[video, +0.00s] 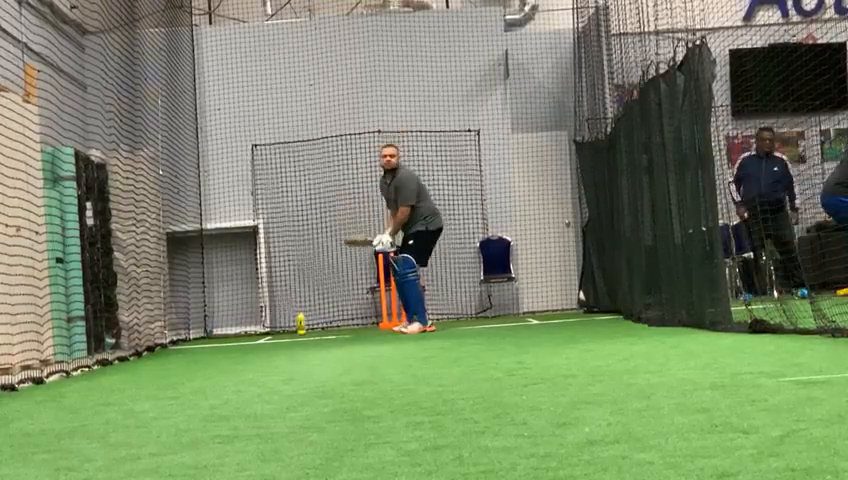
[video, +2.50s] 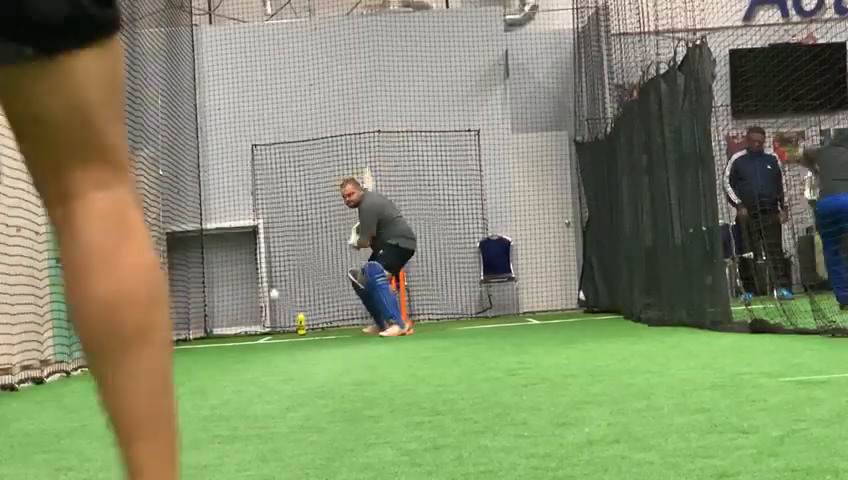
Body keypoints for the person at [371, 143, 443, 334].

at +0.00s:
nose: (388, 159)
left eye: (391, 156)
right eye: (384, 156)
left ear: (398, 158)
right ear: (380, 160)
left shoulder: (405, 177)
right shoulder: (384, 181)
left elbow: (405, 211)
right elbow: (392, 211)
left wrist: (390, 234)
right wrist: (388, 234)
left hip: (427, 225)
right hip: (412, 227)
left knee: (407, 266)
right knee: (400, 266)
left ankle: (420, 320)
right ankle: (412, 318)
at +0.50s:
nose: (389, 168)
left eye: (393, 164)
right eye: (385, 165)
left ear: (399, 165)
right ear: (381, 168)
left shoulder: (406, 186)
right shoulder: (386, 191)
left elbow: (408, 220)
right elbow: (395, 220)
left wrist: (396, 244)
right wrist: (394, 244)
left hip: (431, 229)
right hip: (416, 231)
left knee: (405, 267)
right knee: (398, 267)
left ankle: (420, 320)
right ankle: (413, 318)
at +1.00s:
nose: (391, 176)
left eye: (395, 173)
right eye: (388, 173)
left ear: (400, 175)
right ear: (383, 176)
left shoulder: (406, 196)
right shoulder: (385, 195)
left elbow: (402, 231)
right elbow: (391, 219)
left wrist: (384, 235)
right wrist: (383, 223)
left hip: (426, 239)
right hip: (410, 238)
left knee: (398, 275)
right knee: (387, 272)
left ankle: (419, 321)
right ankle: (403, 320)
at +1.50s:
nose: (386, 172)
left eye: (389, 169)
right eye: (382, 169)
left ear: (395, 171)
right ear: (377, 172)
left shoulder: (402, 191)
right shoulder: (380, 191)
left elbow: (405, 224)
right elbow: (390, 217)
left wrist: (387, 234)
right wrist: (383, 225)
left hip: (424, 233)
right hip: (407, 234)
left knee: (401, 270)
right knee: (388, 268)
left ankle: (420, 322)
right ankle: (403, 319)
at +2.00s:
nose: (373, 176)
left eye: (376, 172)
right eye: (369, 173)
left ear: (383, 173)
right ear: (366, 176)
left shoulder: (391, 190)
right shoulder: (372, 193)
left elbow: (392, 224)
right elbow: (382, 217)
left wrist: (379, 234)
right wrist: (376, 224)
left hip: (416, 229)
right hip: (400, 231)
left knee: (388, 258)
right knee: (381, 272)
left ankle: (407, 314)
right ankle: (403, 316)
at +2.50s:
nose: (347, 200)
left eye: (350, 195)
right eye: (344, 197)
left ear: (360, 190)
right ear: (342, 197)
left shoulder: (367, 205)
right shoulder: (369, 199)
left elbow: (365, 241)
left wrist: (357, 243)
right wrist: (364, 227)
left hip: (399, 243)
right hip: (391, 243)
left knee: (373, 272)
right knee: (360, 279)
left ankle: (398, 324)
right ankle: (382, 324)